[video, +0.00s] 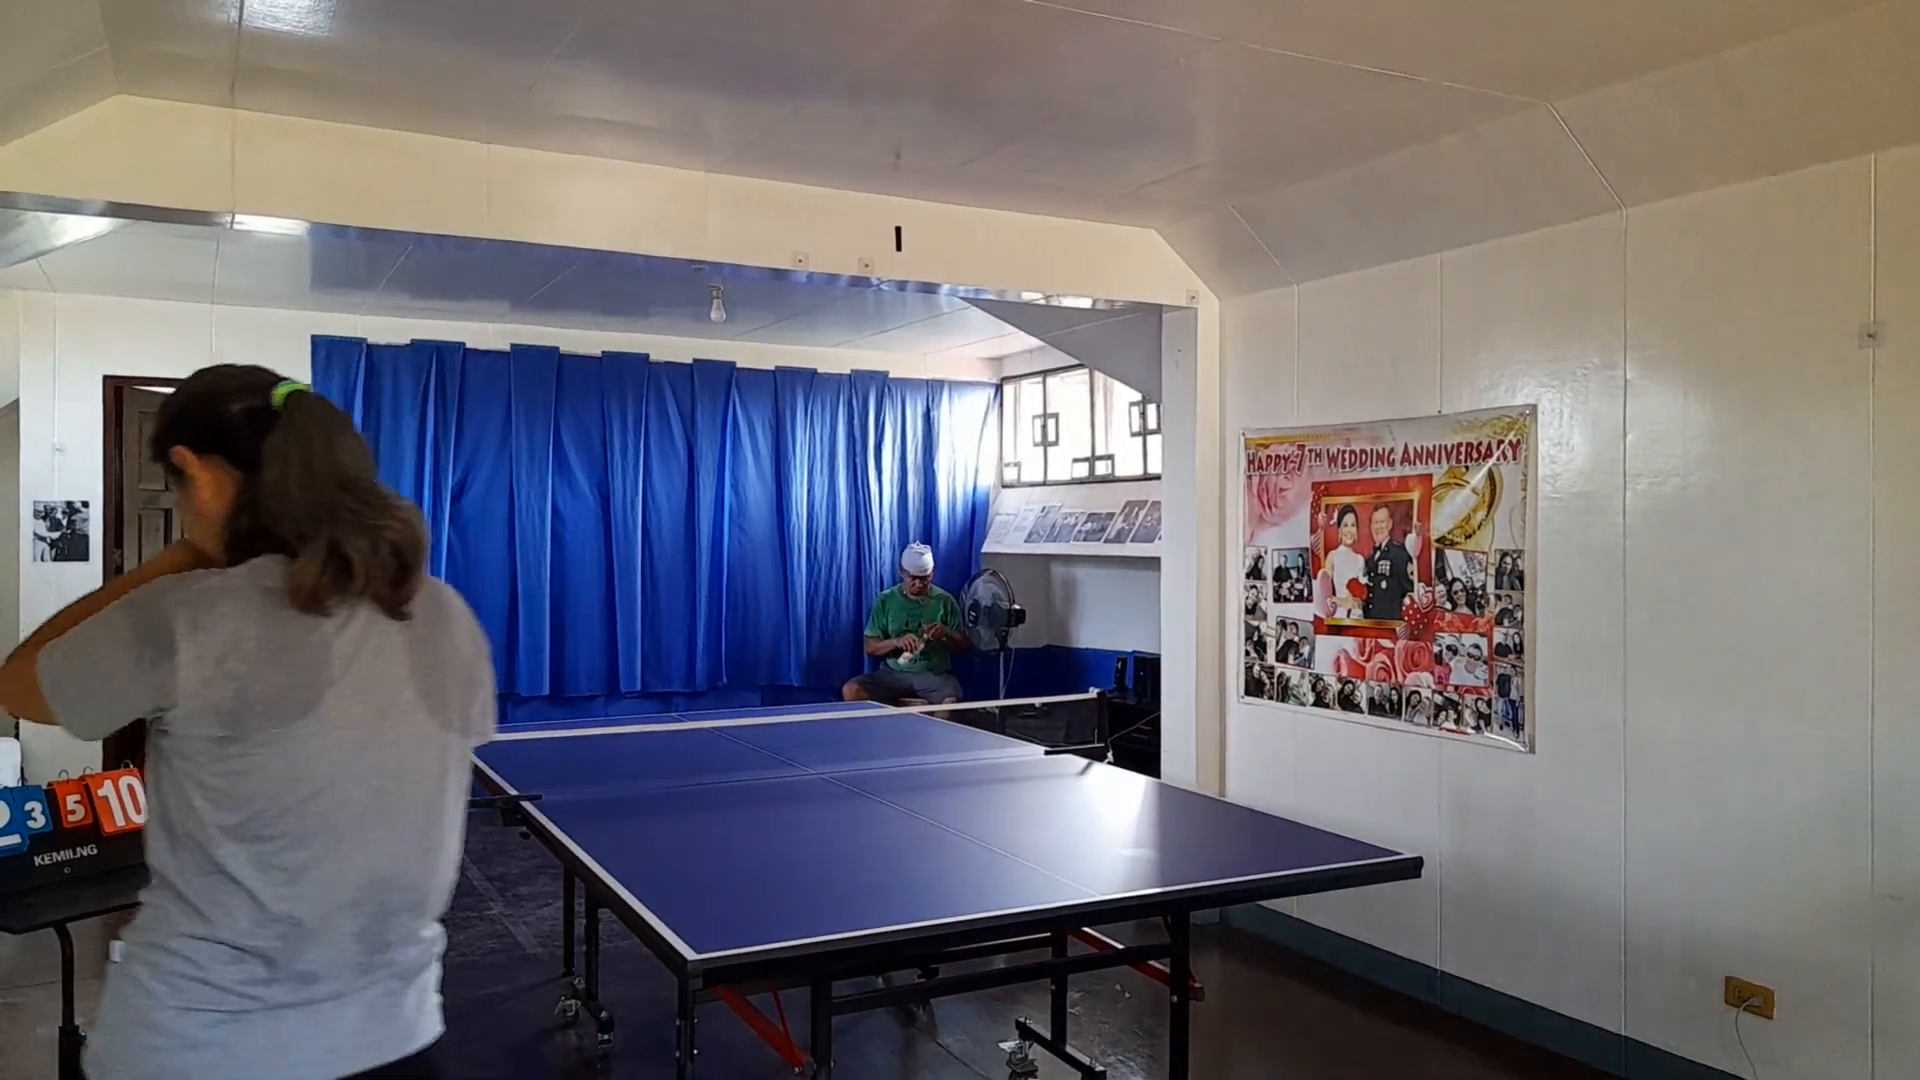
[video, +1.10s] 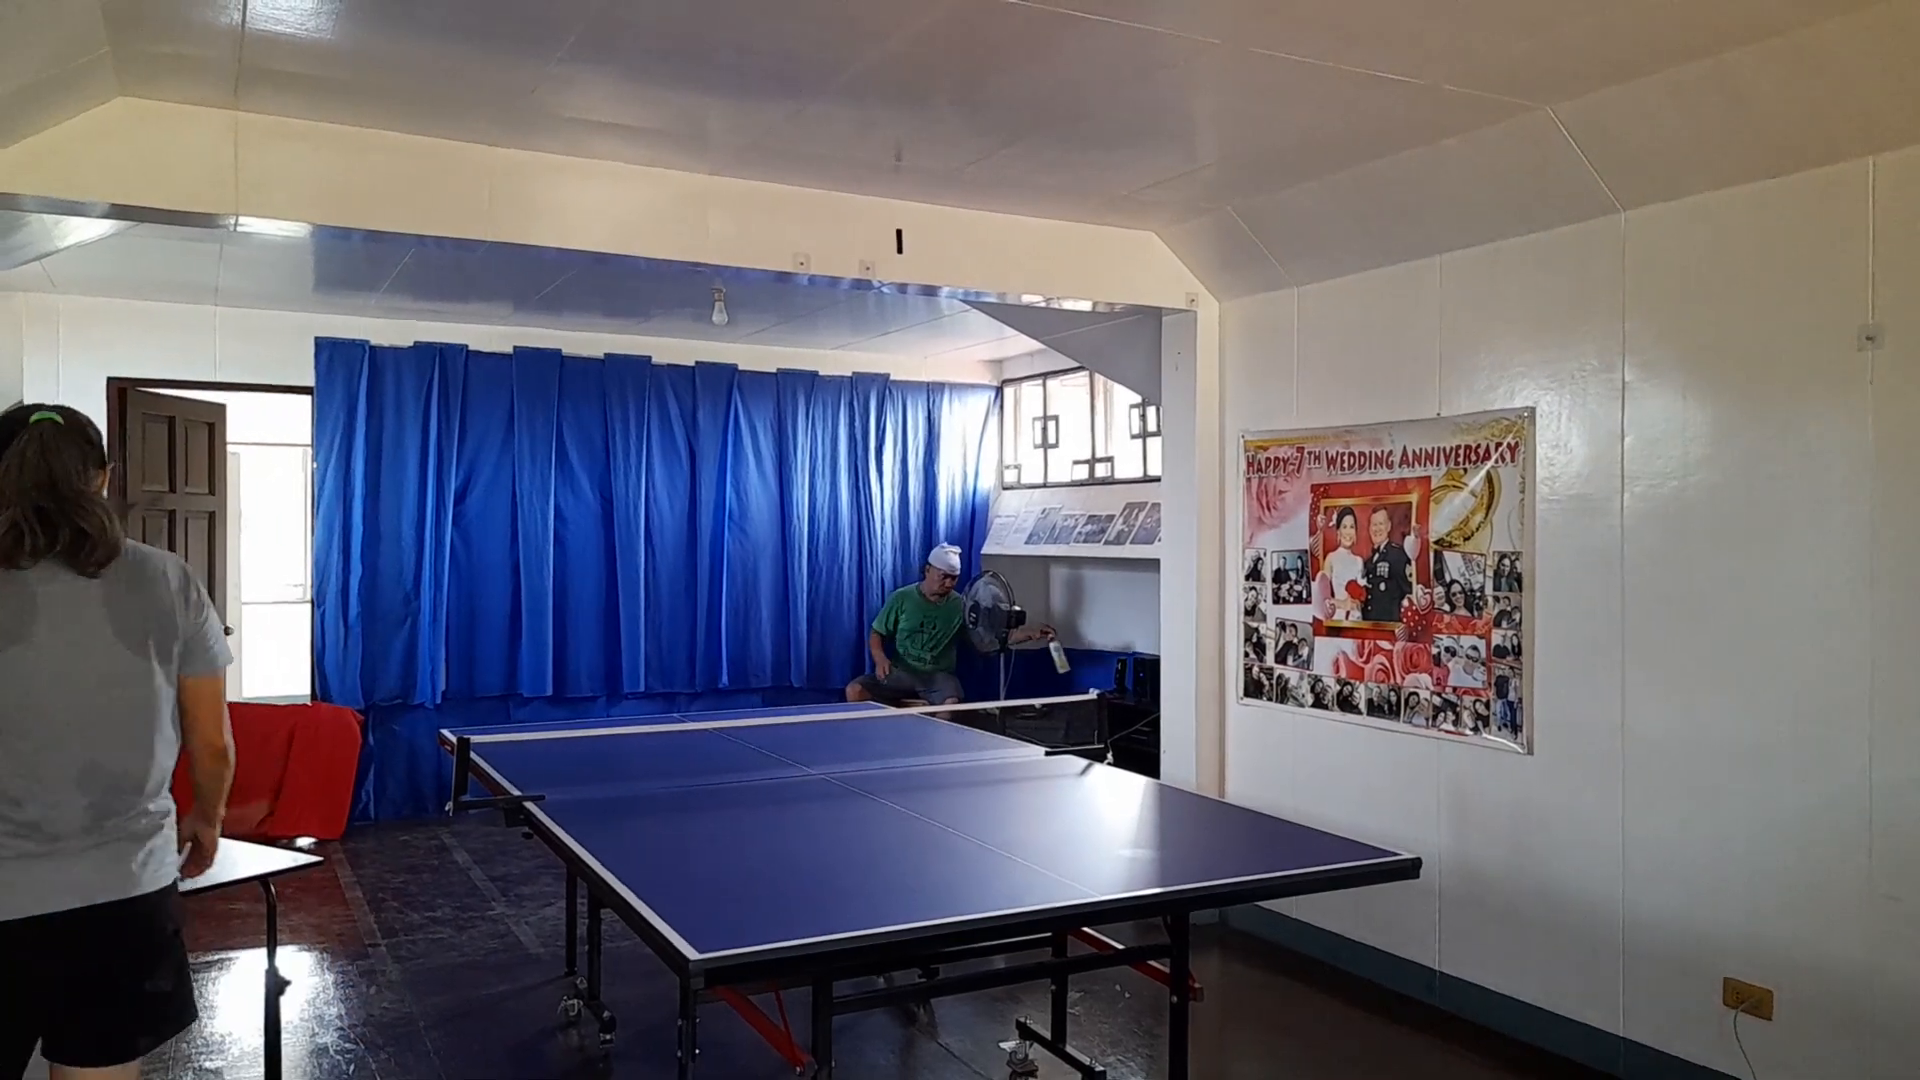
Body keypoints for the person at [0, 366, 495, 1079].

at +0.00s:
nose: (185, 512)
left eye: (180, 486)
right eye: (180, 489)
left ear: (198, 477)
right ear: (324, 461)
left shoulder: (187, 622)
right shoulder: (445, 618)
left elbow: (16, 685)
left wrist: (175, 563)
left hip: (193, 1051)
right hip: (394, 1037)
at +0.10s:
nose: (132, 500)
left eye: (126, 482)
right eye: (124, 482)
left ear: (147, 480)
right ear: (266, 464)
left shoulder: (123, 625)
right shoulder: (389, 619)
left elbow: (9, 667)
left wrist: (123, 555)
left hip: (122, 1053)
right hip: (334, 1038)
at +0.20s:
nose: (81, 500)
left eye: (77, 477)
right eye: (75, 479)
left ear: (101, 472)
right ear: (210, 460)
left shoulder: (65, 608)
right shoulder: (341, 610)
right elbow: (352, 814)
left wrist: (72, 576)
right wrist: (314, 924)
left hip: (71, 1028)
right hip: (272, 1025)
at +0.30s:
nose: (42, 493)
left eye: (40, 469)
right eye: (39, 469)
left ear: (62, 464)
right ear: (169, 456)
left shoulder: (18, 595)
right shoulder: (291, 598)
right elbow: (321, 804)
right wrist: (330, 942)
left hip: (45, 1021)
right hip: (234, 1018)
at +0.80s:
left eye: (11, 476)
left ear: (15, 481)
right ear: (130, 482)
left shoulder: (8, 589)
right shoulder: (199, 594)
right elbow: (253, 769)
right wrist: (306, 900)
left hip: (24, 958)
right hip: (164, 951)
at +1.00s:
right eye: (114, 464)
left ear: (5, 477)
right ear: (109, 475)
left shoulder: (4, 577)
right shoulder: (177, 579)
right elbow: (224, 744)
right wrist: (233, 837)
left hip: (14, 911)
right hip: (139, 905)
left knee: (17, 1067)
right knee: (110, 1067)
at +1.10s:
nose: (110, 478)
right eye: (108, 469)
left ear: (4, 483)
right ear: (99, 480)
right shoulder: (164, 581)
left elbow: (212, 743)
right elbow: (212, 746)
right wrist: (207, 819)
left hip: (13, 901)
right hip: (124, 897)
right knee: (101, 1066)